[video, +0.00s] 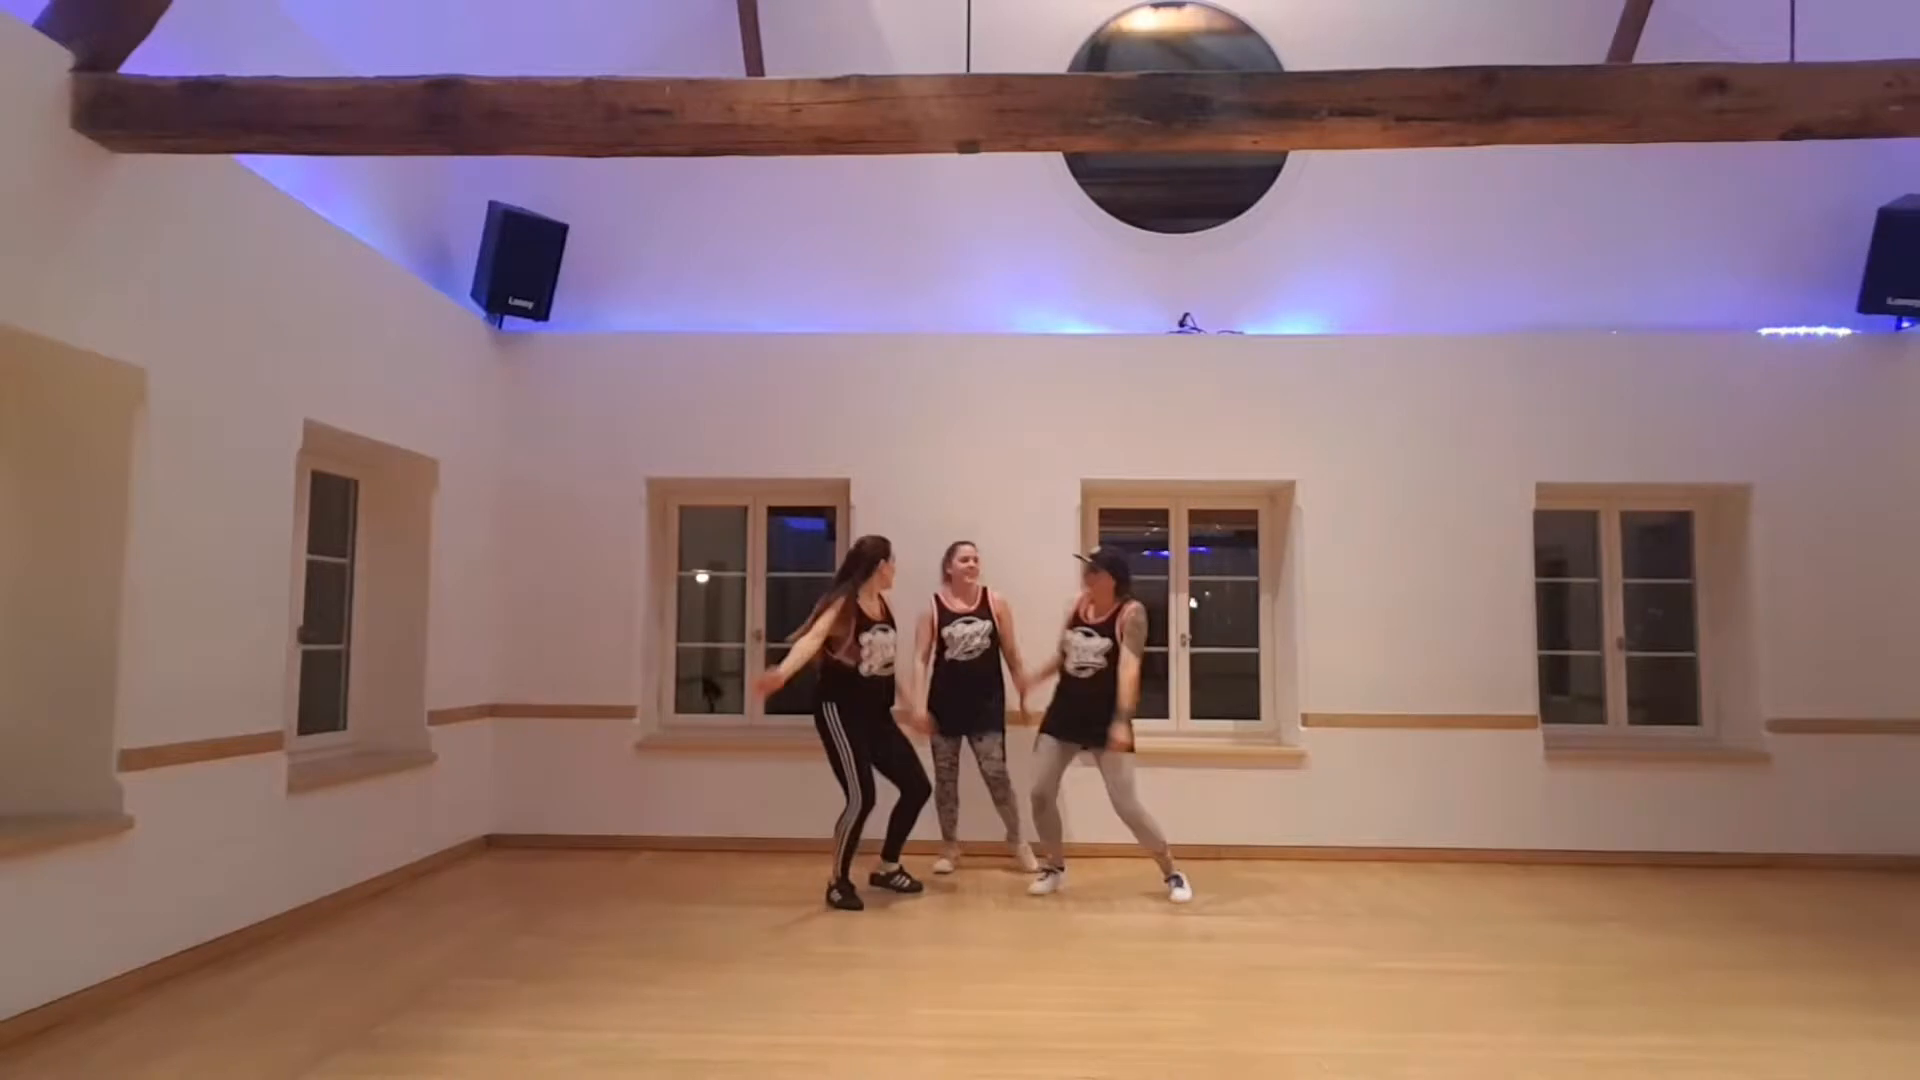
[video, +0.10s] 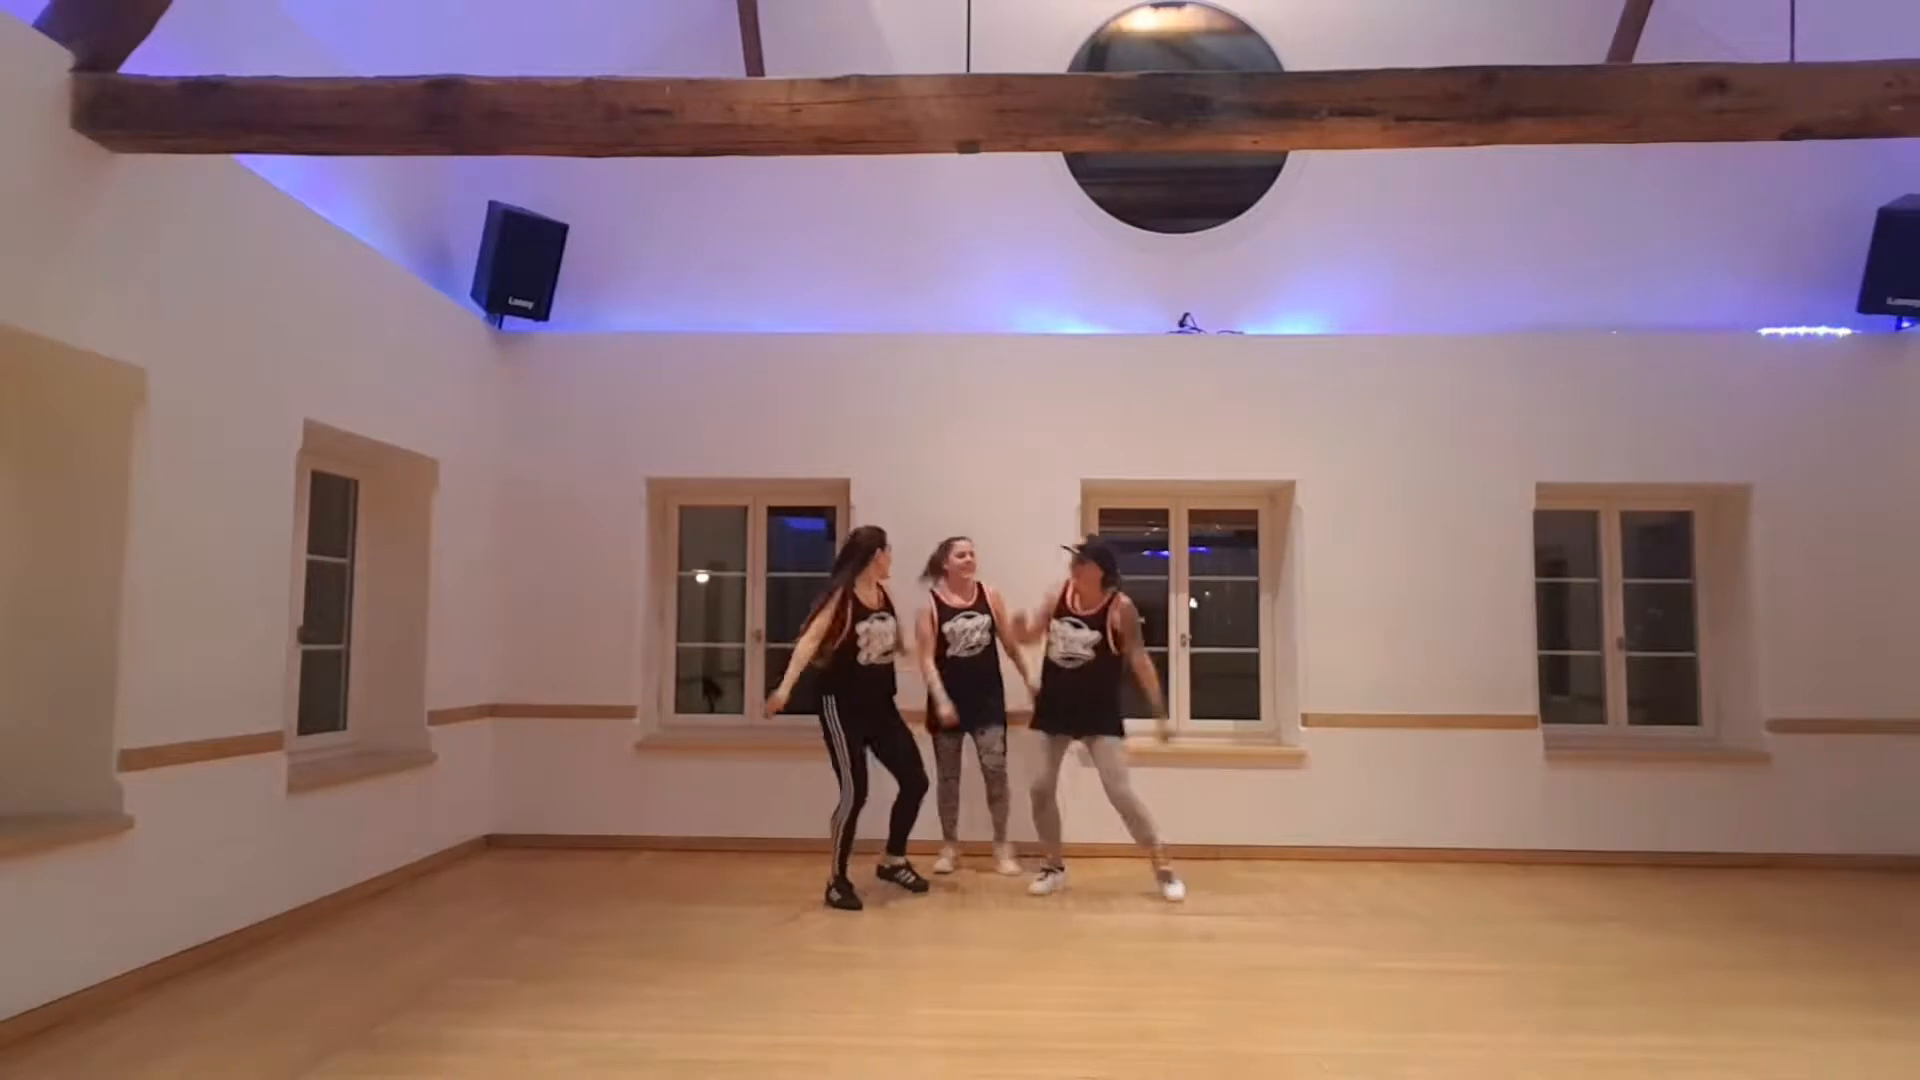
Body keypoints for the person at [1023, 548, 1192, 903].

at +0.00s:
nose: (1087, 578)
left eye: (1094, 573)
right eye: (1087, 571)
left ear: (1113, 579)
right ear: (1088, 576)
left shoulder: (1131, 613)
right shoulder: (1080, 605)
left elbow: (1129, 669)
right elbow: (1062, 658)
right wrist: (1032, 679)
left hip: (1106, 718)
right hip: (1065, 713)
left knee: (1125, 805)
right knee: (1040, 792)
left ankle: (1172, 875)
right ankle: (1055, 868)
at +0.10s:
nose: (1073, 568)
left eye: (1081, 563)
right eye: (1074, 562)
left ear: (1101, 572)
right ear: (1075, 567)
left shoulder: (1120, 608)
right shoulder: (1061, 595)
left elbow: (1140, 660)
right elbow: (1034, 634)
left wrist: (1160, 712)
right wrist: (1021, 630)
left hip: (1099, 714)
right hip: (1054, 711)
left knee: (1119, 792)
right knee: (1041, 788)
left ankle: (1163, 869)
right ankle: (1053, 867)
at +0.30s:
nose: (1056, 555)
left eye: (1064, 550)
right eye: (1056, 548)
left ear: (1084, 555)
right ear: (1057, 551)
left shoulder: (1106, 586)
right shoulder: (1044, 578)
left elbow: (1133, 614)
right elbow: (990, 597)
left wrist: (1171, 633)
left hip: (1089, 696)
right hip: (1042, 695)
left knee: (1085, 777)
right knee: (1040, 782)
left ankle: (1083, 861)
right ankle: (1044, 865)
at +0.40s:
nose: (1052, 563)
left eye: (1060, 557)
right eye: (1052, 556)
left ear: (1081, 562)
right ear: (1052, 559)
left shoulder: (1101, 590)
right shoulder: (1041, 587)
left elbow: (1123, 615)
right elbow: (995, 598)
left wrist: (1169, 618)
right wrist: (1014, 595)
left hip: (1082, 708)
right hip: (1038, 705)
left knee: (1069, 791)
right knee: (1039, 791)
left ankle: (1064, 865)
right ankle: (1046, 865)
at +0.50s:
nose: (1053, 573)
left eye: (1061, 567)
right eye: (1050, 567)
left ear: (1079, 568)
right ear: (1046, 568)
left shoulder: (1096, 597)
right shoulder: (1039, 597)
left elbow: (1112, 632)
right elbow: (1008, 611)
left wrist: (1163, 628)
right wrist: (1019, 616)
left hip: (1081, 712)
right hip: (1037, 711)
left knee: (1070, 792)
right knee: (1041, 796)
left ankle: (1063, 866)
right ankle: (1045, 867)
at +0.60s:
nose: (1056, 571)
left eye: (1063, 565)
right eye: (1053, 565)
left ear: (1080, 566)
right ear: (1048, 565)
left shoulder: (1092, 596)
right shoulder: (1042, 595)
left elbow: (1104, 638)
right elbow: (1003, 611)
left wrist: (1156, 644)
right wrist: (1006, 645)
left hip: (1080, 710)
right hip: (1038, 709)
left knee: (1082, 787)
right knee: (1046, 791)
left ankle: (1064, 865)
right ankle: (1045, 867)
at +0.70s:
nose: (1060, 559)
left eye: (1067, 552)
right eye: (1056, 553)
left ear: (1082, 556)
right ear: (1049, 556)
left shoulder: (1090, 587)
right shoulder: (1041, 588)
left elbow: (1103, 630)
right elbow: (1002, 618)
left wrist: (1146, 626)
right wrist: (994, 662)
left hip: (1081, 701)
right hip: (1039, 703)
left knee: (1099, 771)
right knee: (1046, 788)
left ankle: (1084, 853)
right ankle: (1045, 867)